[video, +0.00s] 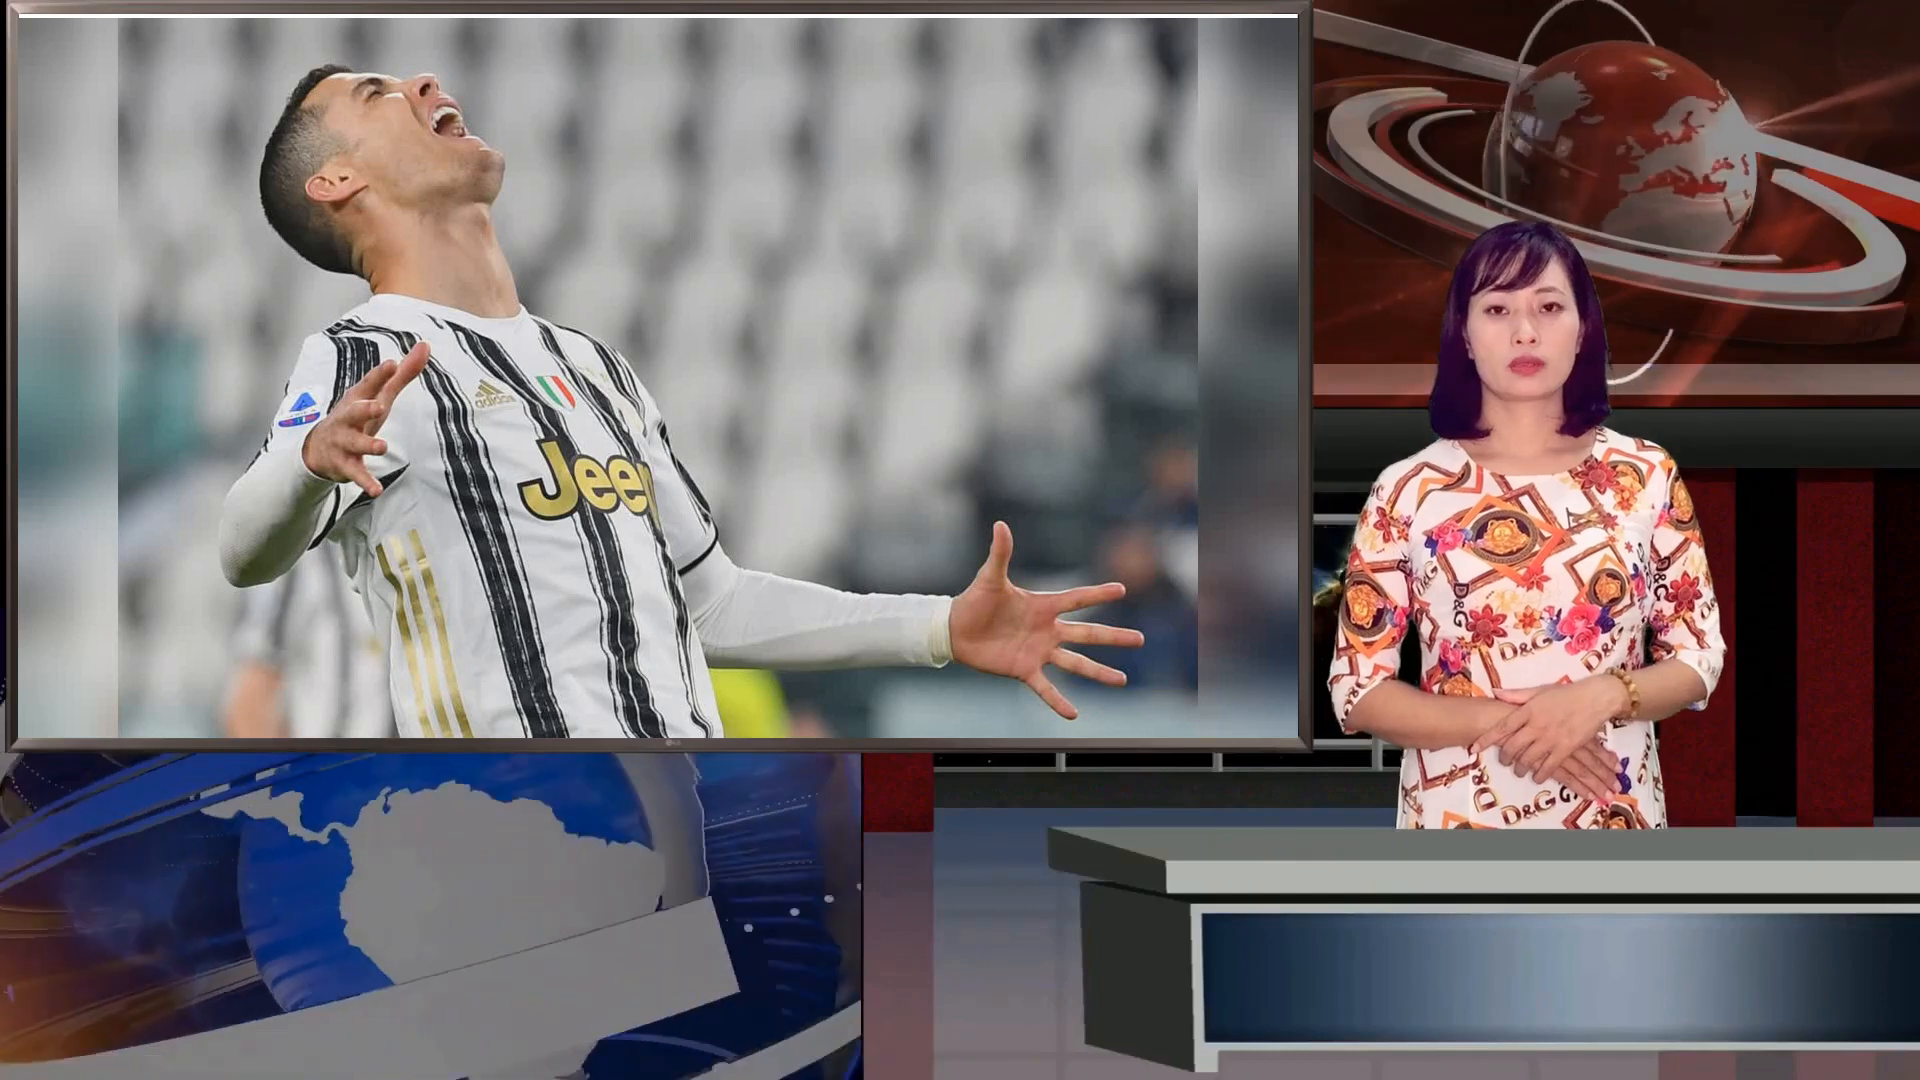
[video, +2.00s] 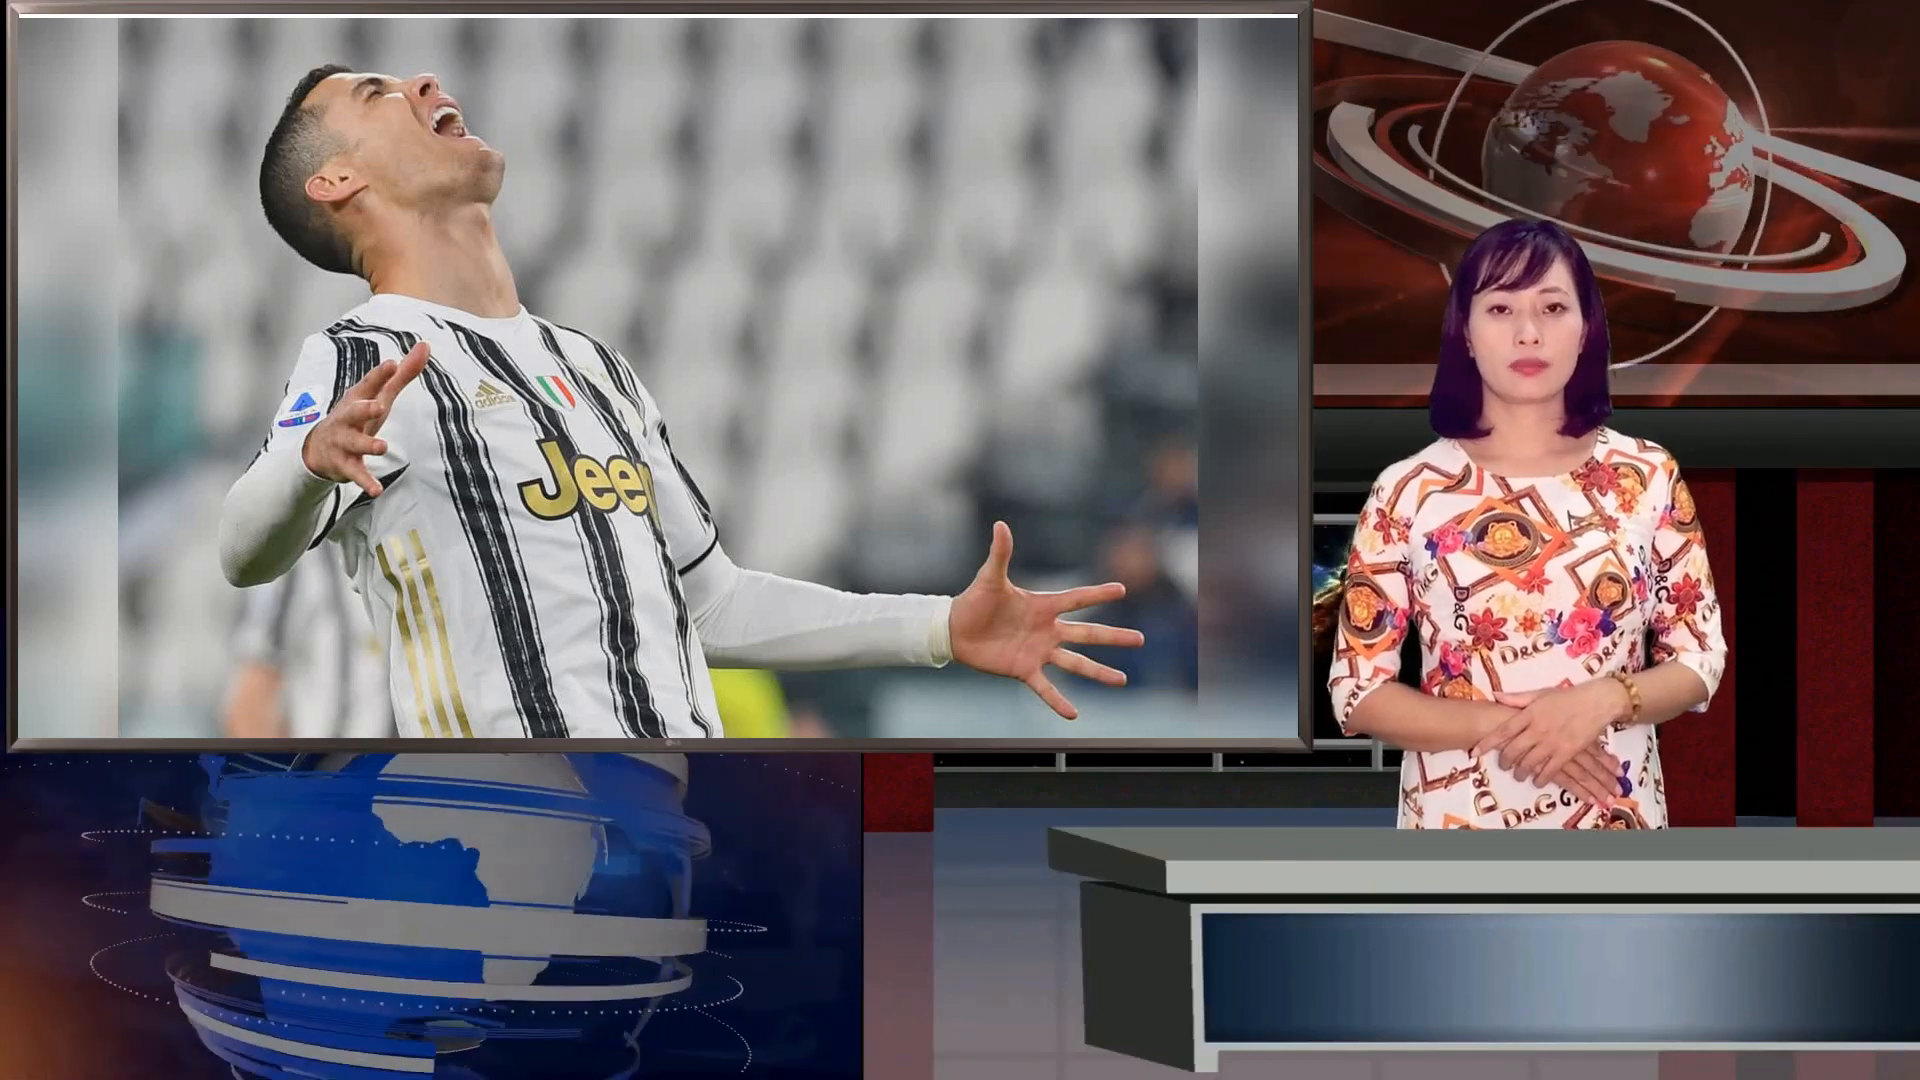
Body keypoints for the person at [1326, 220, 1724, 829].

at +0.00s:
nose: (1525, 330)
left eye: (1549, 307)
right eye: (1498, 310)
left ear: (1583, 328)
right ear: (1464, 332)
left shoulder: (1644, 477)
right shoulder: (1407, 491)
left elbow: (1698, 658)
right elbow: (1356, 690)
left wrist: (1601, 695)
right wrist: (1516, 726)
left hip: (1613, 828)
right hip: (1459, 827)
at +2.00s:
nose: (1528, 332)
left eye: (1553, 308)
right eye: (1500, 309)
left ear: (1586, 328)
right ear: (1464, 330)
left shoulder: (1646, 478)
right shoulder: (1406, 492)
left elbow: (1700, 658)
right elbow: (1357, 691)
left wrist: (1601, 700)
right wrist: (1515, 730)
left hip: (1613, 832)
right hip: (1457, 832)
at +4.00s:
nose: (1533, 330)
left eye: (1558, 306)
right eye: (1505, 308)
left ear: (1591, 326)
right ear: (1469, 329)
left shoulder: (1651, 477)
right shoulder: (1411, 490)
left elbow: (1704, 659)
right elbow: (1360, 690)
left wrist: (1606, 699)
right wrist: (1520, 729)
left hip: (1617, 830)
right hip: (1461, 830)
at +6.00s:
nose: (1528, 331)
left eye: (1553, 307)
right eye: (1501, 309)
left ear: (1586, 326)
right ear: (1464, 329)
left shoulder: (1646, 477)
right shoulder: (1406, 491)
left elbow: (1702, 659)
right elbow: (1357, 691)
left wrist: (1602, 699)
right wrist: (1516, 729)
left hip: (1614, 831)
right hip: (1457, 830)